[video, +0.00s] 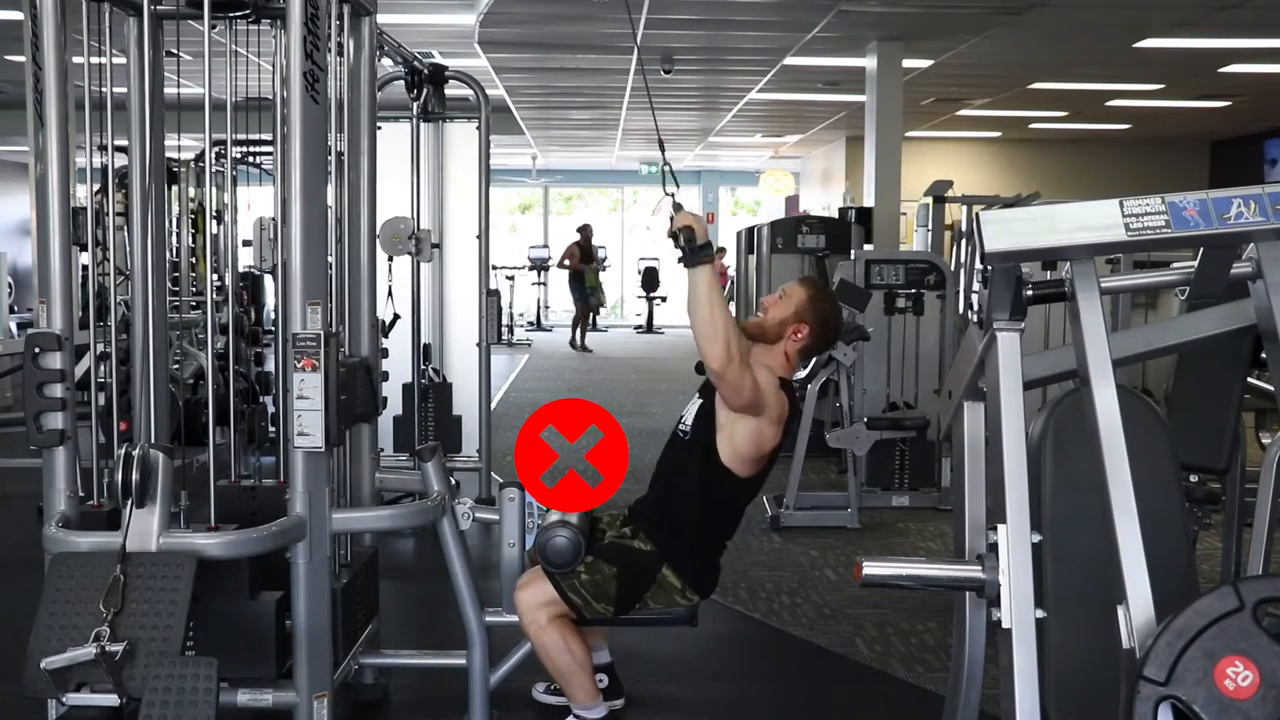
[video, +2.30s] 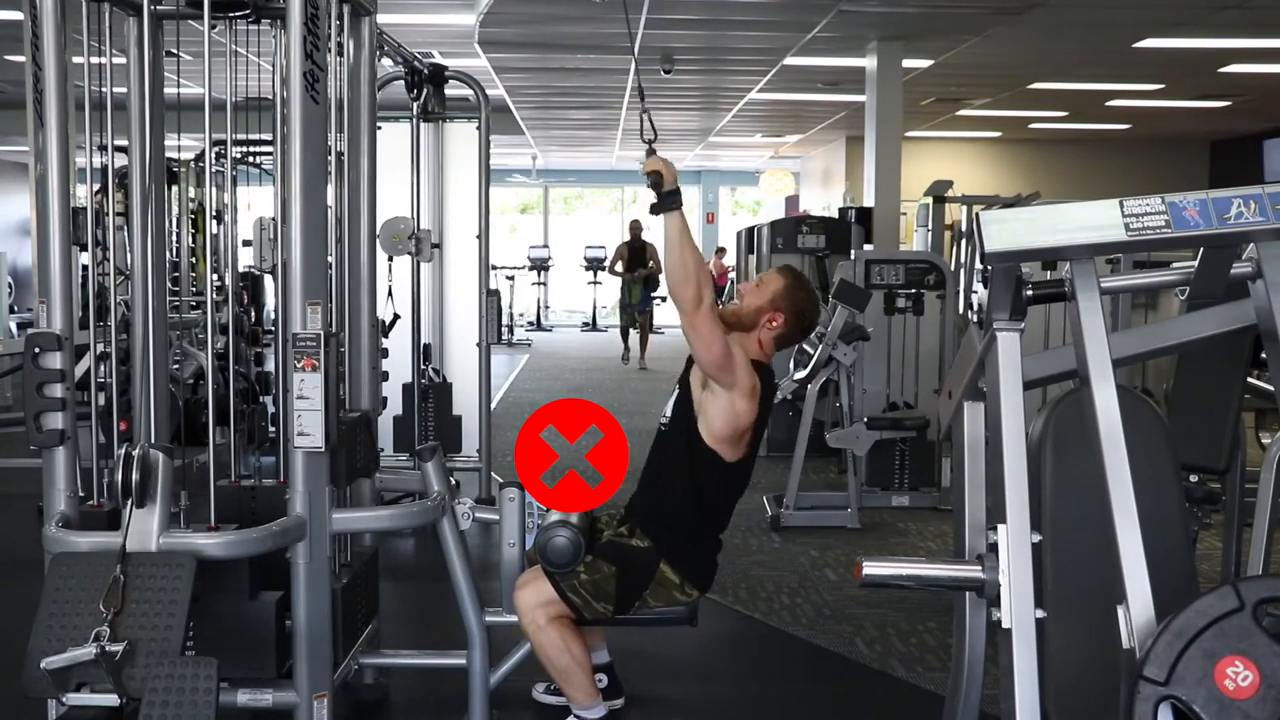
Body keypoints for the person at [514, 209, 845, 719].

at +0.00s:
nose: (765, 298)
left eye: (779, 297)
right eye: (775, 292)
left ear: (796, 332)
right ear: (795, 334)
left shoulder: (762, 396)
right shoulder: (751, 371)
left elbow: (720, 356)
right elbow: (720, 336)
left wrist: (697, 250)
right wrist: (706, 265)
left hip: (670, 564)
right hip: (649, 529)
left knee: (533, 596)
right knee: (552, 545)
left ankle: (589, 711)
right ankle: (595, 672)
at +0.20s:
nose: (792, 316)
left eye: (807, 317)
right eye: (802, 310)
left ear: (824, 354)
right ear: (820, 356)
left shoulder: (795, 417)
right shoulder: (772, 386)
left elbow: (756, 438)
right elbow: (727, 387)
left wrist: (736, 331)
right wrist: (723, 324)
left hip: (676, 562)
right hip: (651, 527)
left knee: (533, 597)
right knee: (550, 545)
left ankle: (590, 712)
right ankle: (596, 670)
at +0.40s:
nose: (813, 335)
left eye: (829, 335)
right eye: (825, 328)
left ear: (844, 371)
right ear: (842, 371)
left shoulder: (816, 435)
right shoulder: (797, 399)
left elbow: (784, 499)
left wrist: (766, 403)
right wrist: (755, 381)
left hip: (679, 560)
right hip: (660, 523)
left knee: (536, 595)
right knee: (553, 544)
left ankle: (590, 711)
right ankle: (596, 674)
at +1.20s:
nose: (817, 336)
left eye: (832, 337)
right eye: (827, 330)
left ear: (845, 373)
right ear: (842, 372)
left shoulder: (813, 427)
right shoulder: (795, 396)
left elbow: (766, 435)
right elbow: (739, 386)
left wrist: (747, 331)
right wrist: (729, 322)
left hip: (680, 561)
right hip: (662, 525)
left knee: (537, 595)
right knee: (557, 544)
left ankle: (590, 712)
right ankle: (595, 673)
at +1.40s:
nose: (786, 311)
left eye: (801, 310)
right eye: (798, 304)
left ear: (814, 346)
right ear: (812, 349)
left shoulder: (778, 401)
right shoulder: (769, 381)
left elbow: (732, 360)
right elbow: (730, 344)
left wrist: (706, 258)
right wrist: (708, 260)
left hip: (671, 561)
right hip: (653, 530)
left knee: (533, 598)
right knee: (552, 547)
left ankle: (589, 710)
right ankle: (596, 672)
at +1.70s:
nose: (734, 278)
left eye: (749, 280)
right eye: (746, 273)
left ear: (762, 317)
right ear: (761, 318)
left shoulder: (732, 365)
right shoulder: (722, 352)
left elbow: (690, 281)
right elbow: (691, 279)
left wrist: (672, 182)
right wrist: (665, 189)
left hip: (670, 558)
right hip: (650, 530)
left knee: (533, 598)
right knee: (549, 546)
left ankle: (590, 711)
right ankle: (593, 671)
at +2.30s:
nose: (741, 288)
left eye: (754, 288)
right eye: (752, 282)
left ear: (770, 323)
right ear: (770, 324)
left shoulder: (738, 375)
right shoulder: (731, 362)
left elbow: (692, 298)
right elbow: (696, 296)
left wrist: (669, 196)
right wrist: (671, 206)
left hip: (670, 560)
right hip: (649, 532)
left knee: (533, 598)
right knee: (552, 545)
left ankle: (590, 712)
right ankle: (594, 671)